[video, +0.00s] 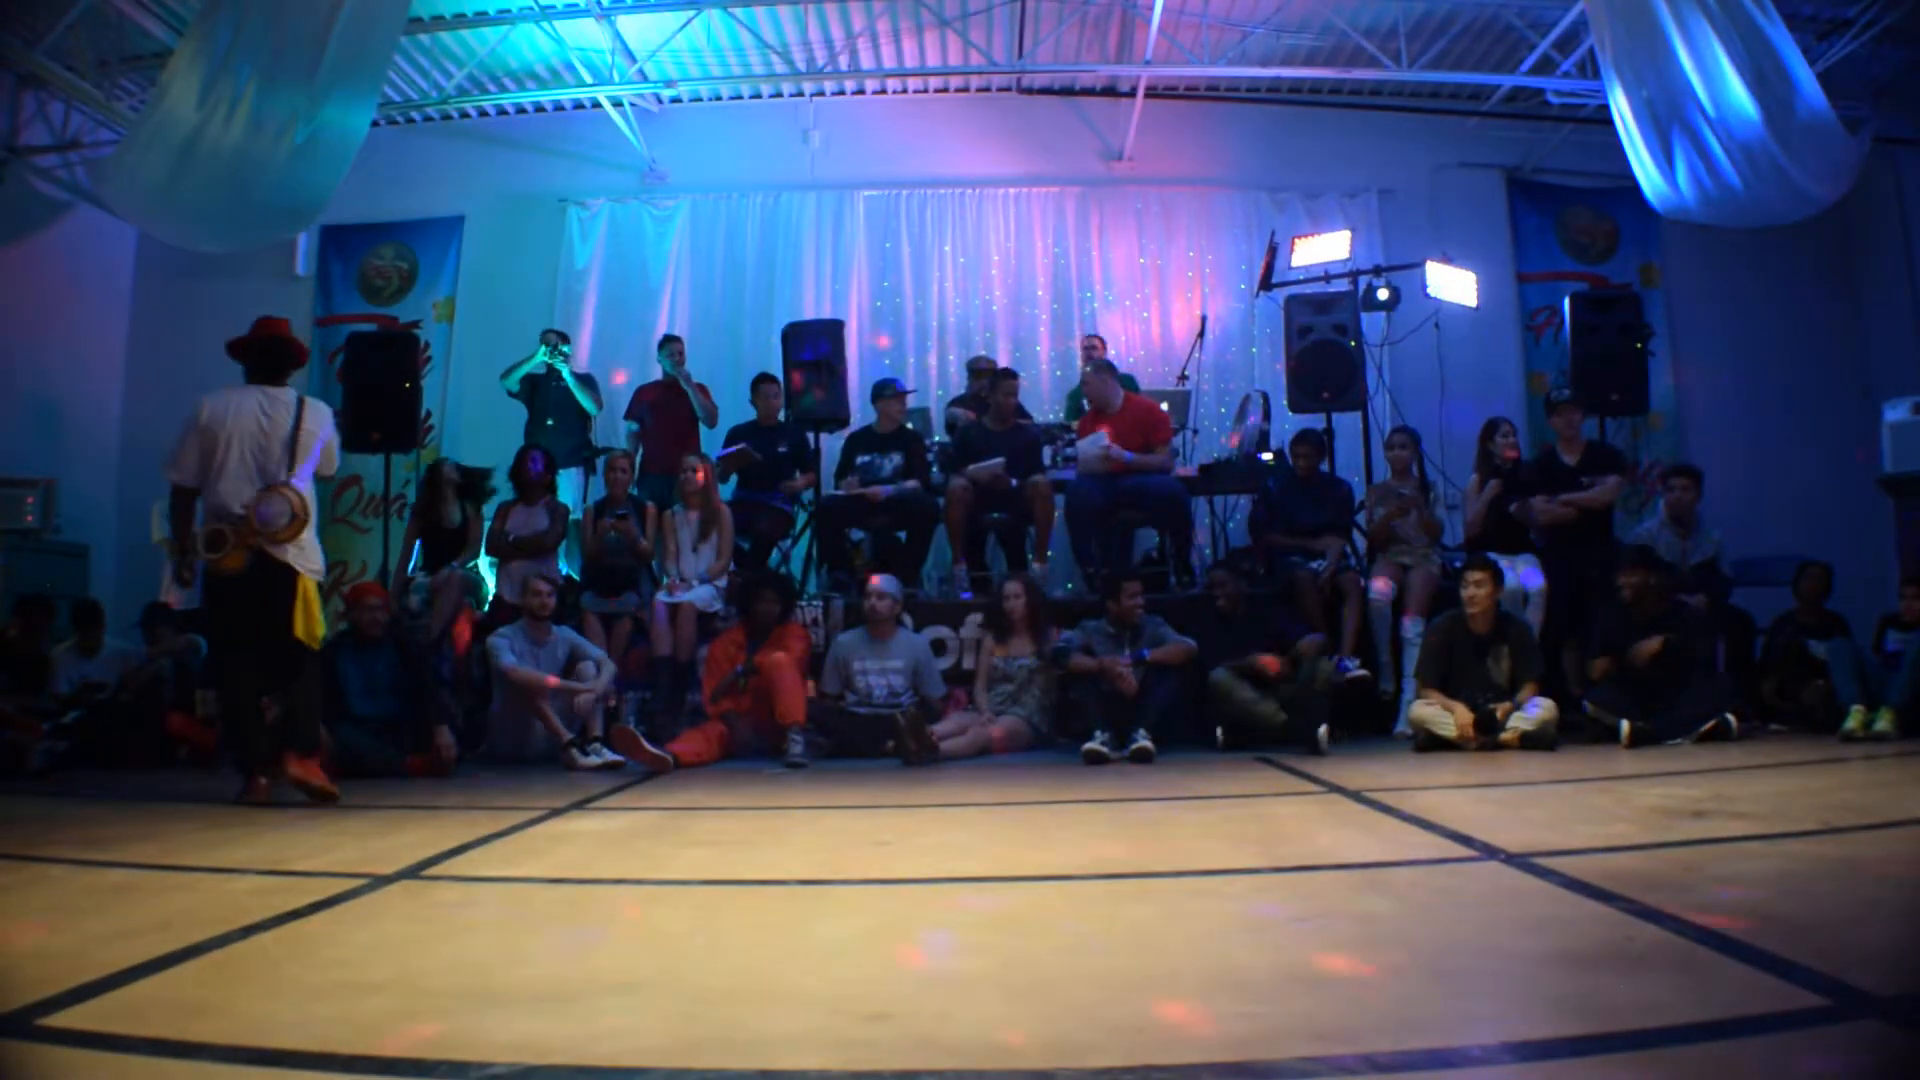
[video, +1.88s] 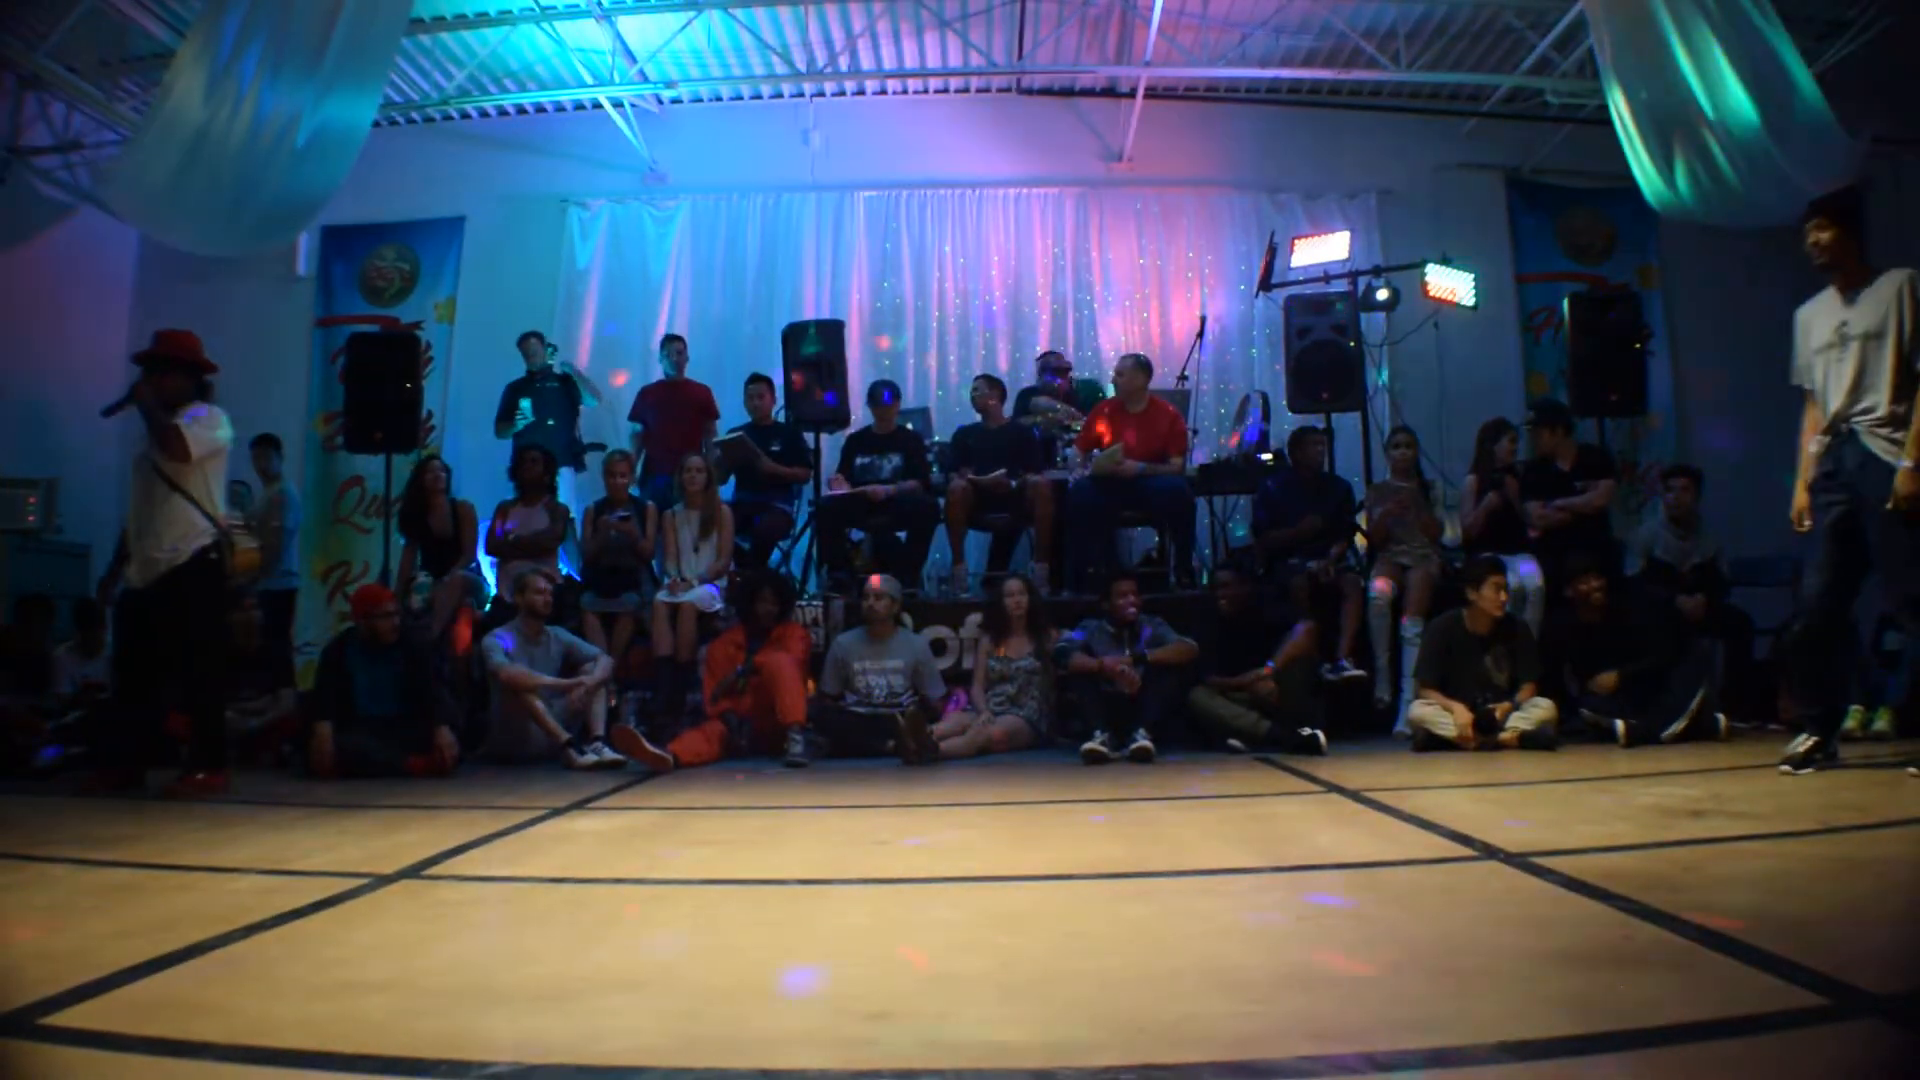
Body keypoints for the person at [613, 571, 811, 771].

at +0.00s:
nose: (767, 609)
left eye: (774, 603)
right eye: (761, 602)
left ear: (784, 607)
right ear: (748, 604)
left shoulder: (793, 634)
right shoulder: (725, 644)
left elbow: (786, 664)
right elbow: (713, 701)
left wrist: (750, 669)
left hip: (776, 718)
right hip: (739, 721)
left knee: (778, 660)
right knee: (709, 735)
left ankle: (794, 738)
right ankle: (670, 755)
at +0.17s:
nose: (768, 609)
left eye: (775, 603)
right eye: (762, 602)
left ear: (784, 607)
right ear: (749, 605)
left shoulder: (793, 634)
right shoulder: (725, 644)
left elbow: (787, 666)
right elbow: (713, 704)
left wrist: (754, 666)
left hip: (774, 717)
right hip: (736, 720)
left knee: (781, 662)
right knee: (709, 735)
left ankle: (794, 738)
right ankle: (669, 755)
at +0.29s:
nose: (769, 609)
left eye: (776, 603)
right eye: (763, 602)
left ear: (785, 607)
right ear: (749, 605)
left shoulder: (793, 633)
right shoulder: (724, 645)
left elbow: (787, 663)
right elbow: (713, 705)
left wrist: (754, 665)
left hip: (775, 719)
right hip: (736, 722)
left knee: (779, 661)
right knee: (711, 734)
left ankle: (795, 737)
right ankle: (670, 756)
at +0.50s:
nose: (768, 609)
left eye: (775, 603)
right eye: (762, 602)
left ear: (784, 607)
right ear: (749, 604)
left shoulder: (793, 634)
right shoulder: (724, 645)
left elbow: (790, 662)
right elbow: (713, 703)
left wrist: (756, 665)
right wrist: (735, 676)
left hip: (775, 718)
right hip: (737, 721)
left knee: (779, 661)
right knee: (709, 734)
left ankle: (795, 737)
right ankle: (670, 756)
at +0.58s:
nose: (768, 609)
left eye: (775, 603)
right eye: (762, 602)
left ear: (784, 607)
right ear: (749, 604)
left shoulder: (793, 634)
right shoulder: (724, 645)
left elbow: (790, 666)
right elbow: (714, 703)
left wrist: (756, 665)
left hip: (775, 718)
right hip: (738, 721)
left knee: (779, 661)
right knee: (711, 733)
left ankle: (794, 738)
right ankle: (671, 756)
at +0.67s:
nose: (768, 609)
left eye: (774, 603)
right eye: (762, 602)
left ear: (784, 607)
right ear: (749, 605)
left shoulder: (793, 634)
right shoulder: (724, 645)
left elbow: (787, 669)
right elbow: (714, 705)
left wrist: (751, 666)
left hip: (774, 717)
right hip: (738, 720)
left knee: (780, 661)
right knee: (711, 734)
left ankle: (794, 739)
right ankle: (670, 755)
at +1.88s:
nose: (767, 609)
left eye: (773, 603)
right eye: (761, 602)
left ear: (783, 606)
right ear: (748, 605)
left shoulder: (793, 633)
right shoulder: (724, 645)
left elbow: (789, 666)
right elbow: (713, 704)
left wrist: (753, 668)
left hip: (775, 715)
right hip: (738, 721)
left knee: (778, 660)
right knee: (711, 734)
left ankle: (795, 737)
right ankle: (670, 755)